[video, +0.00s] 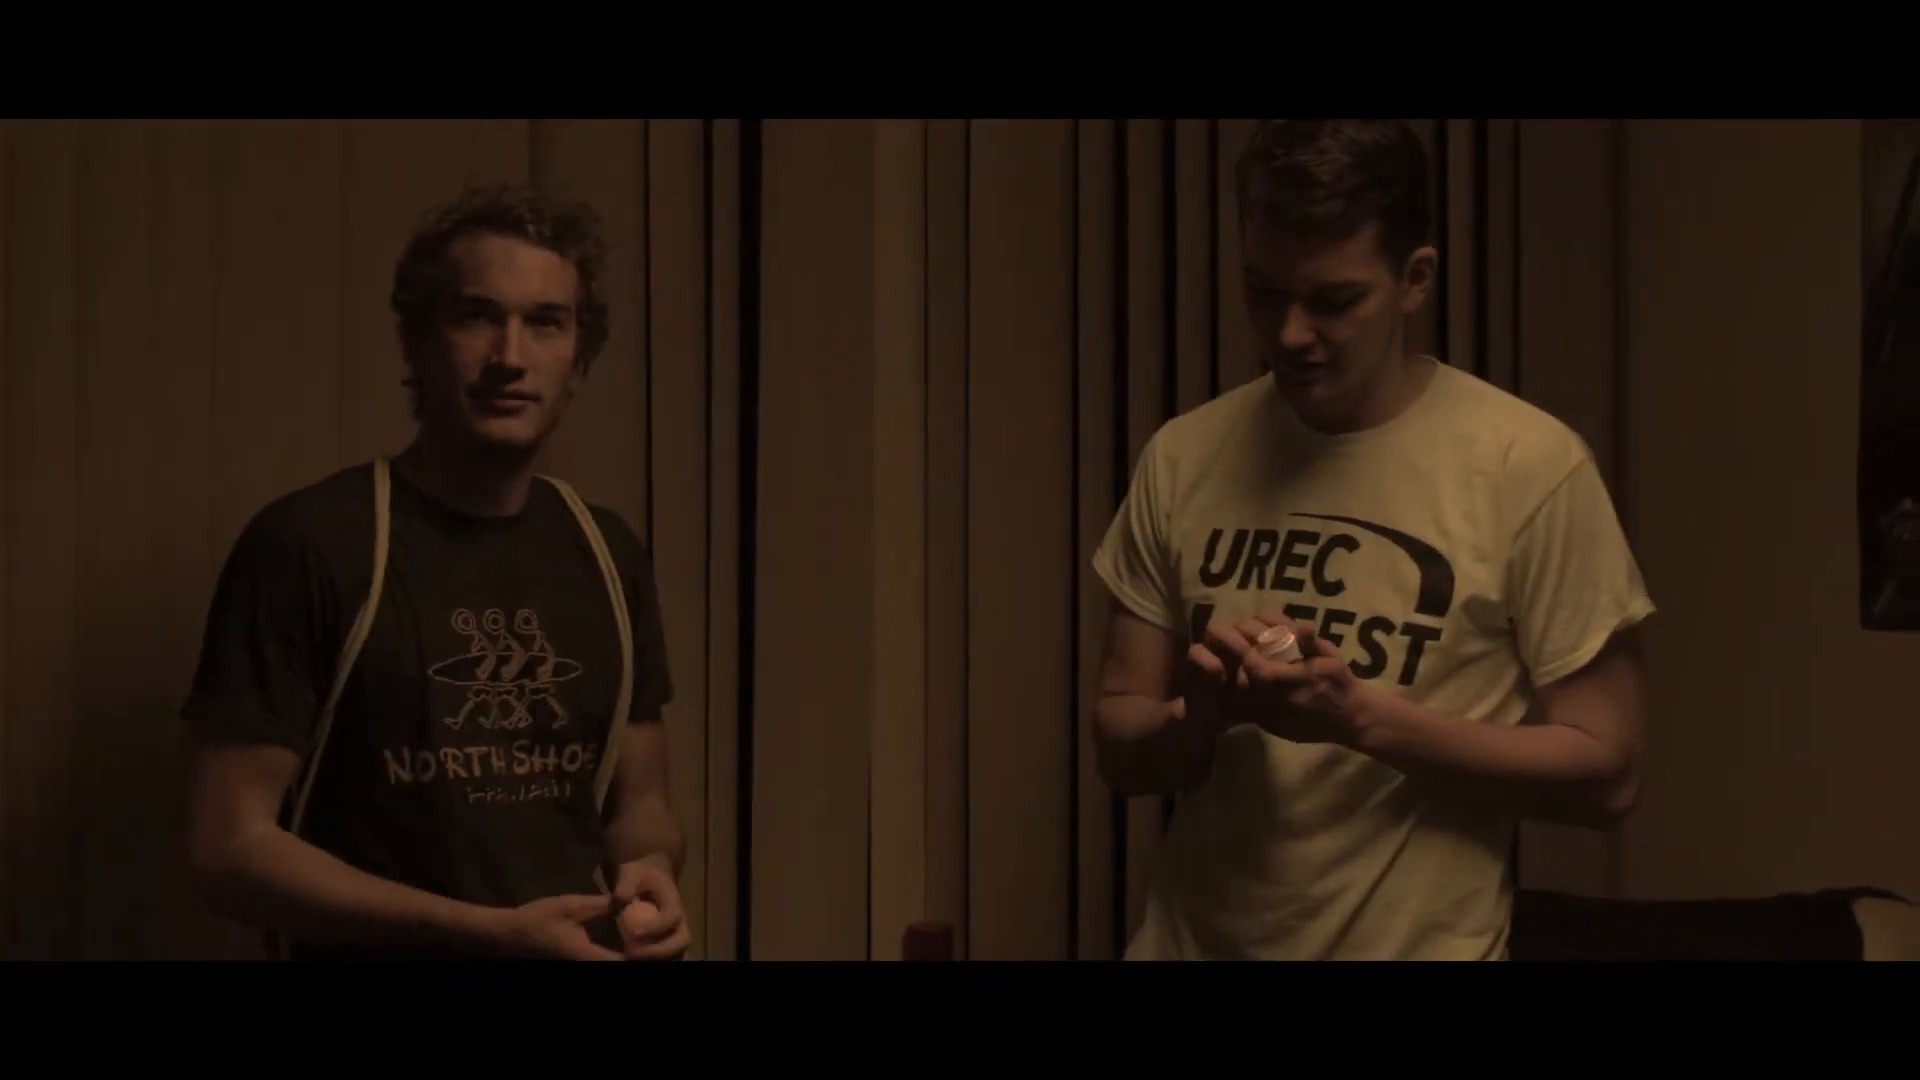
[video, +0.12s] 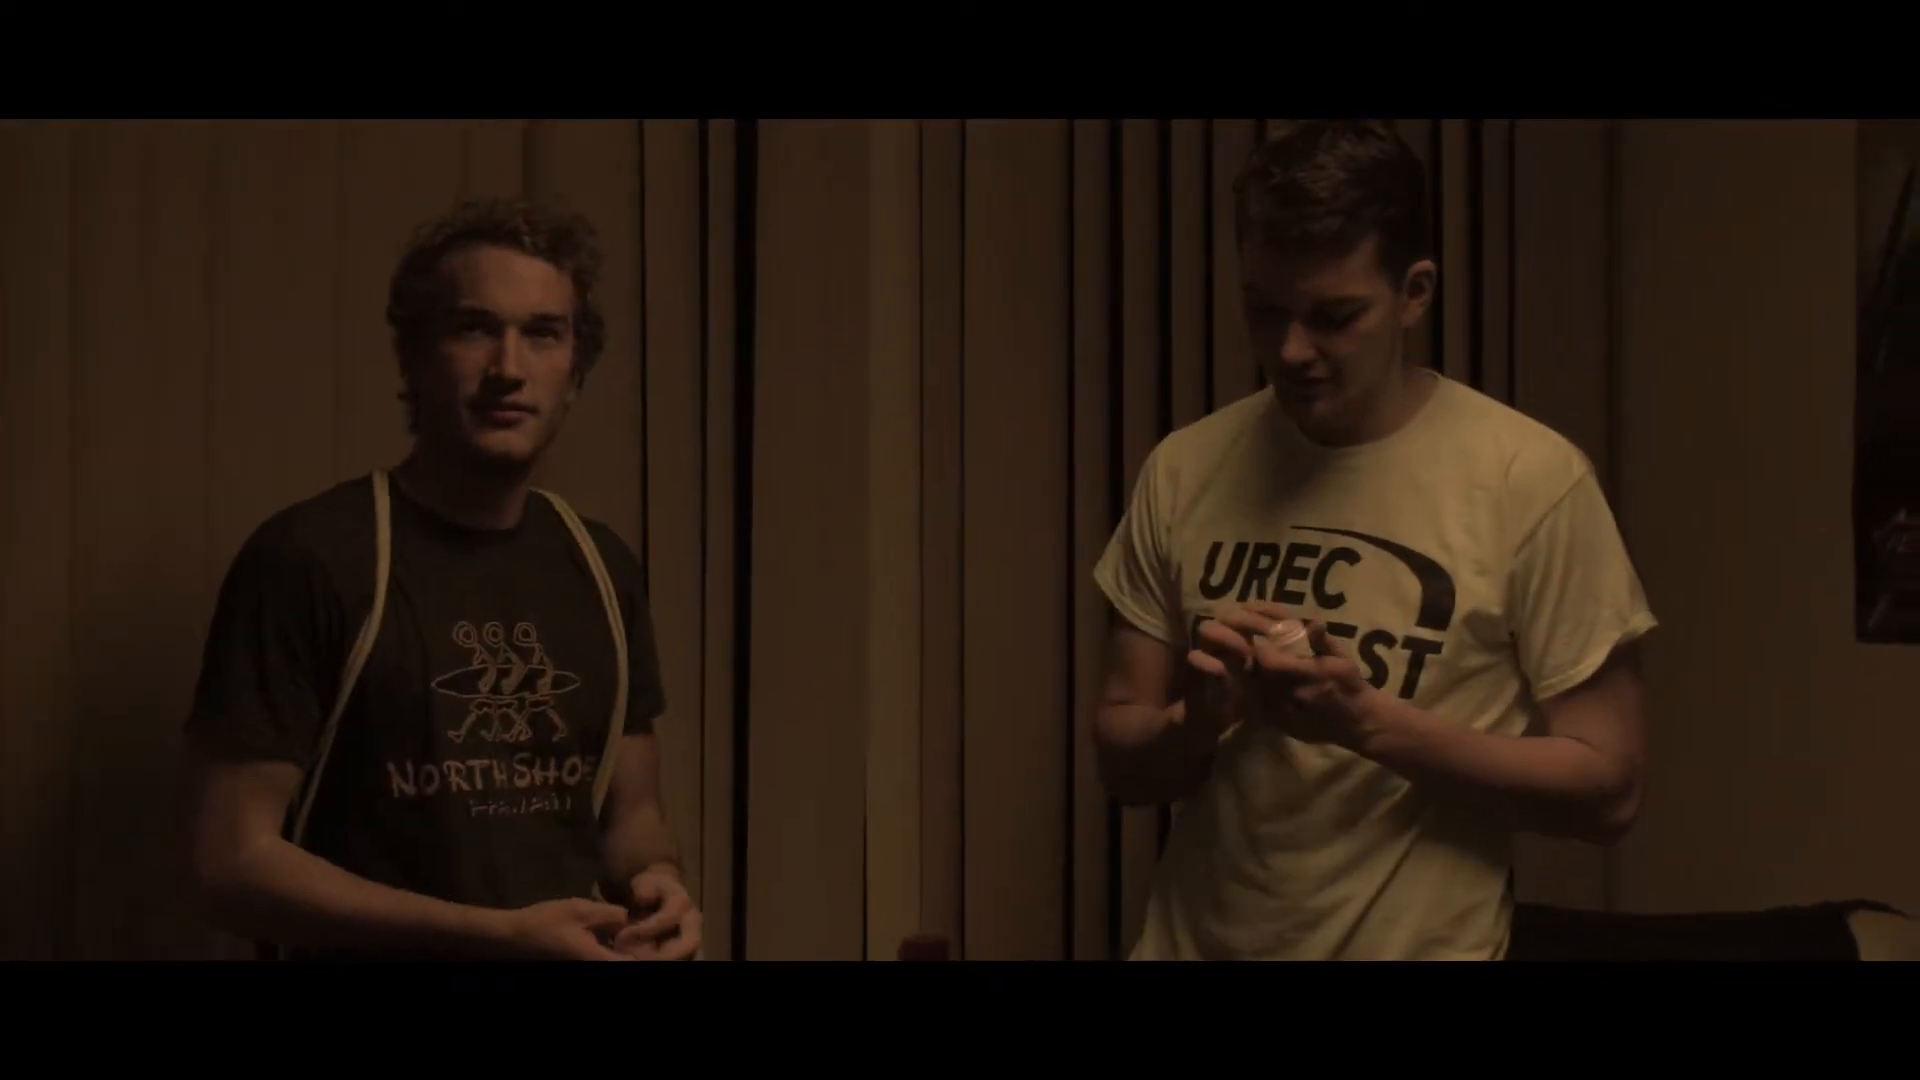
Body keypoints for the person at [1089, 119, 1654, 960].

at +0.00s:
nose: (1292, 334)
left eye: (1334, 300)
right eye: (1269, 296)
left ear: (1416, 280)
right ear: (1246, 277)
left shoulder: (1530, 469)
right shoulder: (1183, 459)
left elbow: (1606, 771)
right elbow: (1119, 740)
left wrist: (1360, 714)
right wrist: (1196, 718)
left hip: (1419, 943)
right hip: (1192, 939)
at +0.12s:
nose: (1294, 352)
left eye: (1335, 317)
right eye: (1269, 315)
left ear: (1416, 292)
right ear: (1246, 292)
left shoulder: (1531, 482)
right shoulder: (1183, 471)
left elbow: (1608, 786)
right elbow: (1120, 759)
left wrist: (1366, 719)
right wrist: (1197, 721)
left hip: (1419, 944)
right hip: (1194, 941)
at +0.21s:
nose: (1296, 359)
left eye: (1336, 324)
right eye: (1270, 321)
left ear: (1417, 294)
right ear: (1246, 295)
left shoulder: (1534, 487)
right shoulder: (1185, 474)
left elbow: (1608, 793)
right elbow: (1123, 765)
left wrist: (1373, 712)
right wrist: (1198, 719)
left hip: (1420, 945)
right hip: (1195, 942)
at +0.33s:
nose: (1299, 368)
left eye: (1338, 333)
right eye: (1272, 331)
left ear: (1418, 302)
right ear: (1248, 306)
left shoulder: (1533, 494)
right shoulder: (1188, 482)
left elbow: (1605, 801)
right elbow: (1128, 778)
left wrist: (1379, 709)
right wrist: (1194, 715)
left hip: (1424, 945)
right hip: (1201, 943)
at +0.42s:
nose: (1300, 371)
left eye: (1338, 333)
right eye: (1273, 333)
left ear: (1417, 300)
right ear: (1248, 307)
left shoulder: (1534, 492)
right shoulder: (1188, 484)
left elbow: (1606, 801)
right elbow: (1133, 781)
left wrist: (1380, 707)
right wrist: (1190, 711)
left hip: (1425, 945)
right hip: (1203, 942)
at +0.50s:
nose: (1301, 376)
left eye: (1340, 338)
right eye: (1273, 338)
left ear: (1415, 305)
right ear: (1245, 312)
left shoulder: (1532, 494)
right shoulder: (1189, 490)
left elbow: (1606, 803)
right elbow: (1136, 786)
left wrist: (1385, 707)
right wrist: (1192, 714)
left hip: (1426, 946)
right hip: (1204, 943)